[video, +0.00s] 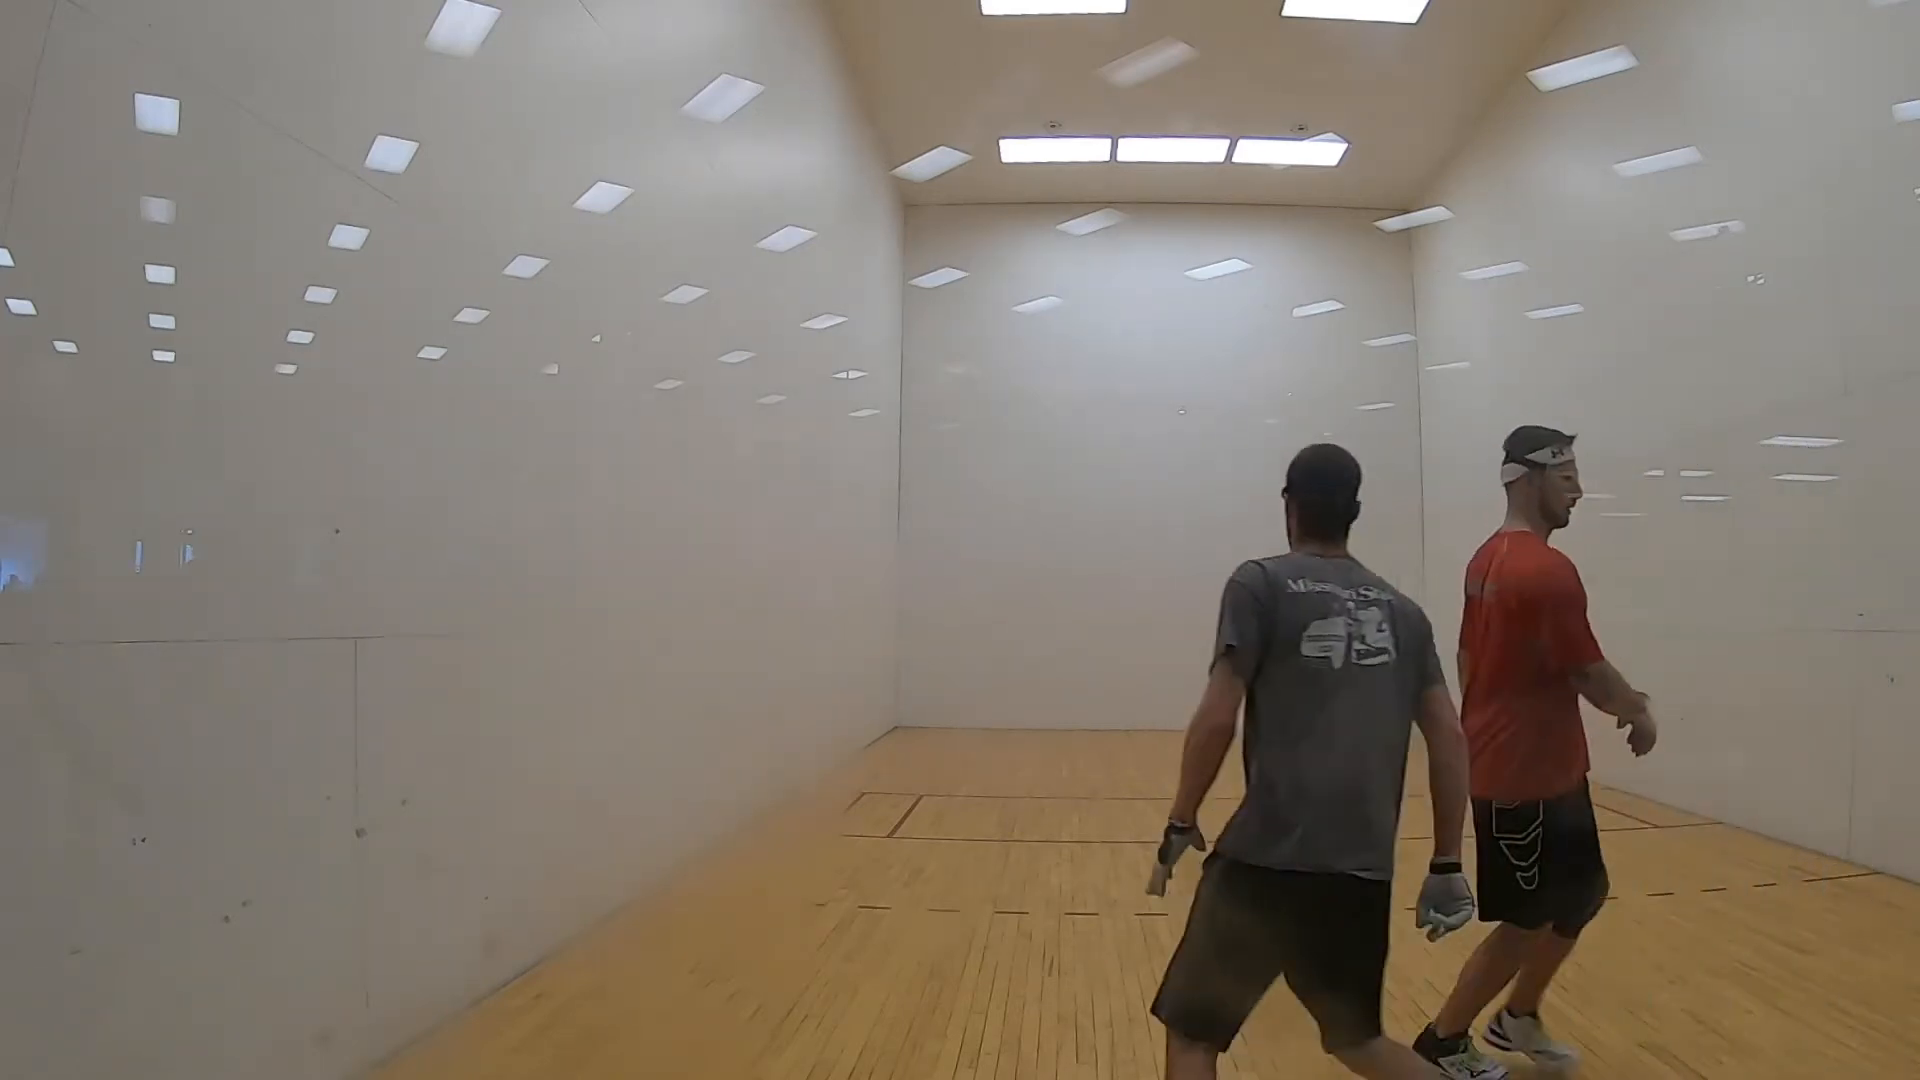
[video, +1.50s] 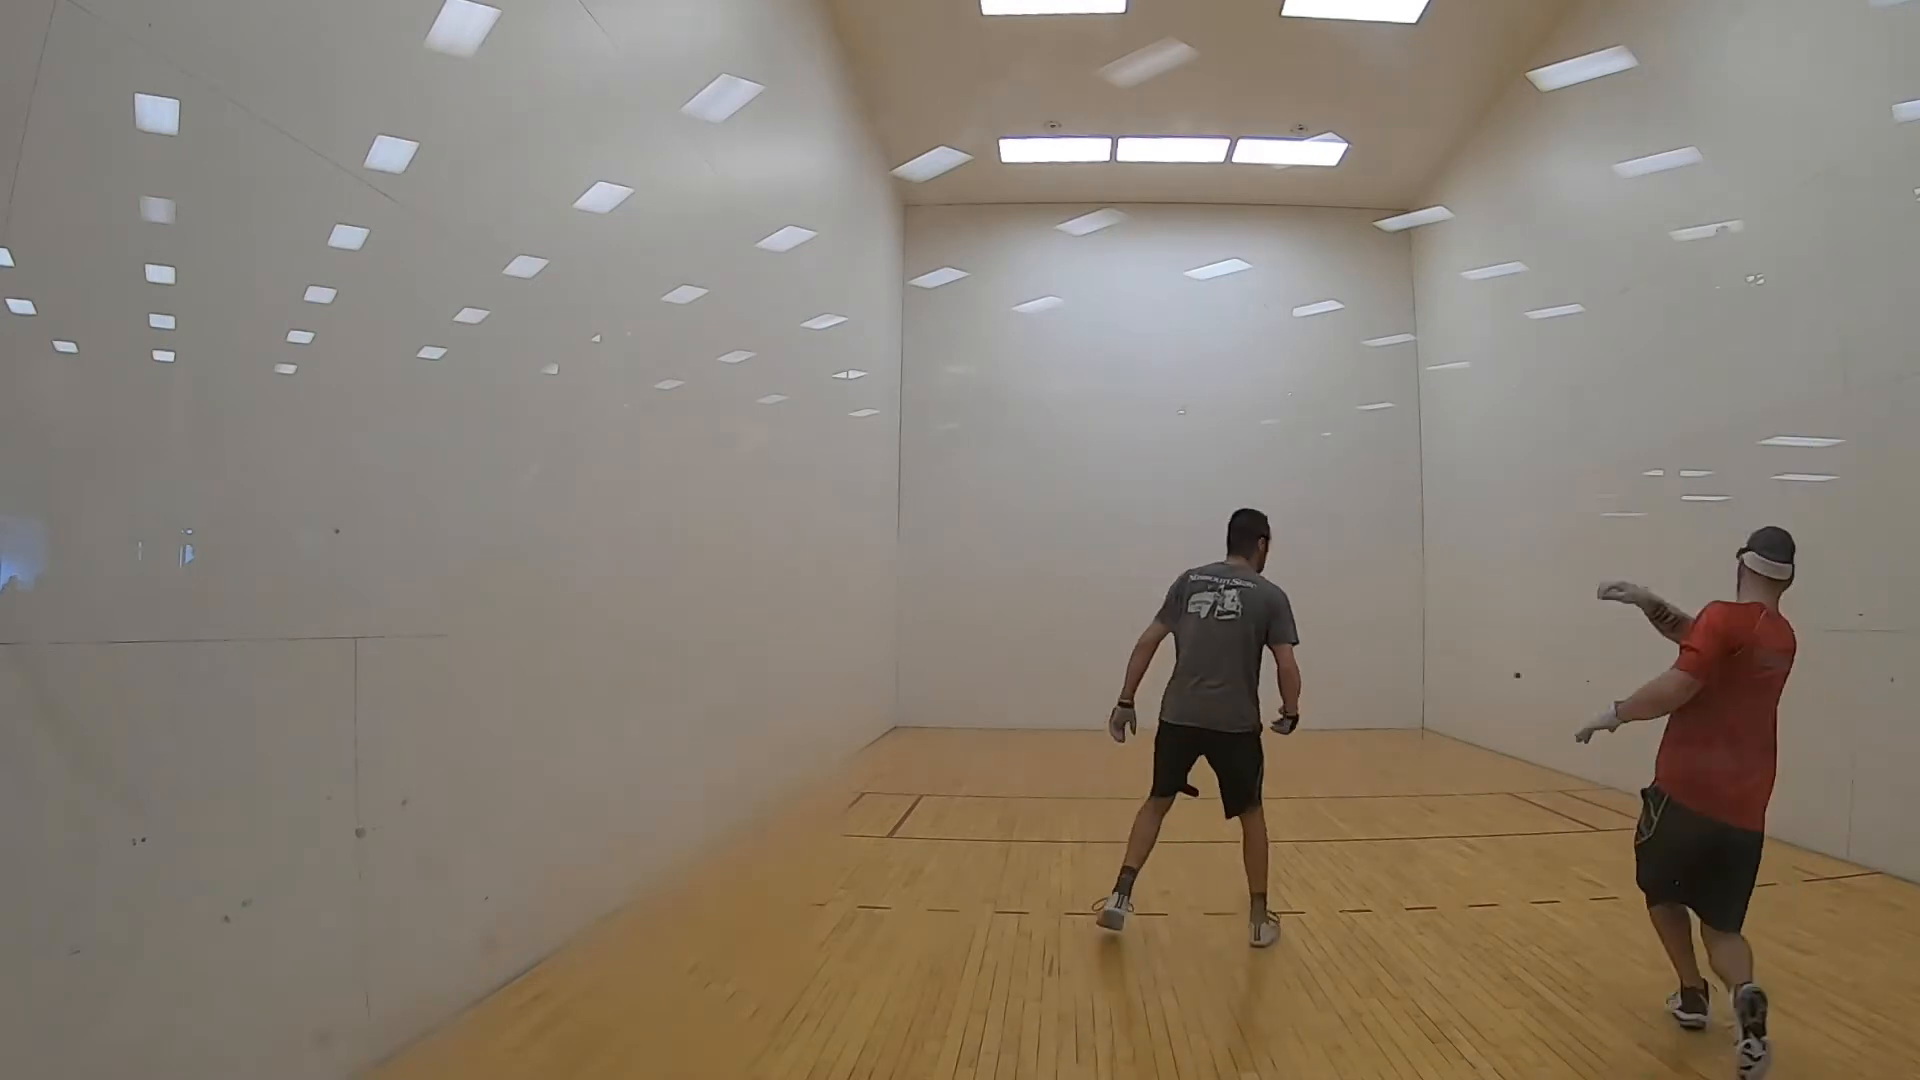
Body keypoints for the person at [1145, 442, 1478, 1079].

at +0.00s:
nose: (1285, 510)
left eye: (1285, 501)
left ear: (1289, 507)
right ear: (1355, 511)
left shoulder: (1260, 581)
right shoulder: (1403, 610)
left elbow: (1218, 718)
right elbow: (1448, 737)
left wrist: (1181, 822)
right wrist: (1447, 864)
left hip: (1265, 857)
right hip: (1361, 867)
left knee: (1193, 1034)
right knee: (1356, 1037)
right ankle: (1451, 1079)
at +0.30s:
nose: (1247, 500)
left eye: (1242, 490)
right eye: (1241, 491)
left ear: (1179, 504)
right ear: (1222, 504)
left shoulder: (1129, 563)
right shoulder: (1265, 591)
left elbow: (1075, 664)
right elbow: (1297, 702)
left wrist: (1062, 752)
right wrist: (1290, 803)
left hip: (1113, 782)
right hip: (1194, 797)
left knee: (1088, 938)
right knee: (1115, 939)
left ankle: (1097, 1072)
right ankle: (1057, 1063)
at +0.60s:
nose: (1214, 490)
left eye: (1208, 478)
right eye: (1201, 481)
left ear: (1154, 498)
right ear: (1166, 496)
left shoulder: (1097, 556)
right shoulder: (1207, 567)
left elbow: (1041, 642)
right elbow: (1209, 673)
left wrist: (1024, 727)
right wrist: (1151, 664)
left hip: (1087, 748)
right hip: (1157, 757)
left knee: (1094, 873)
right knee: (1118, 902)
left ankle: (1081, 992)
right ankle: (1061, 1056)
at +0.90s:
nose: (1204, 501)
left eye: (1200, 491)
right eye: (1193, 492)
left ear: (1152, 506)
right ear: (1161, 503)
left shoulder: (1104, 561)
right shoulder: (1198, 563)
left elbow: (1079, 655)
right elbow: (1218, 653)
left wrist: (1088, 720)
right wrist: (1209, 695)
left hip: (1110, 737)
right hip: (1176, 737)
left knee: (1110, 859)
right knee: (1192, 843)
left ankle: (1095, 991)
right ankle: (1153, 963)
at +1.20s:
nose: (1244, 550)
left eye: (1244, 541)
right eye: (1239, 541)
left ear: (1201, 542)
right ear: (1211, 541)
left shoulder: (1149, 587)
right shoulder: (1233, 597)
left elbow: (1114, 662)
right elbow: (1257, 672)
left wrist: (1139, 702)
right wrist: (1274, 736)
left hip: (1146, 747)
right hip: (1208, 747)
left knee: (1125, 856)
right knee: (1238, 837)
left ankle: (1100, 976)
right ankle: (1259, 920)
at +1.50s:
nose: (1270, 552)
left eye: (1269, 545)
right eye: (1270, 545)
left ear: (1227, 542)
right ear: (1262, 545)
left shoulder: (1188, 581)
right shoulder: (1269, 595)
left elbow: (1148, 642)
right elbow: (1286, 663)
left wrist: (1125, 700)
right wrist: (1291, 711)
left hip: (1178, 720)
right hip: (1234, 726)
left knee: (1157, 802)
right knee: (1252, 817)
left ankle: (1119, 897)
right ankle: (1259, 919)